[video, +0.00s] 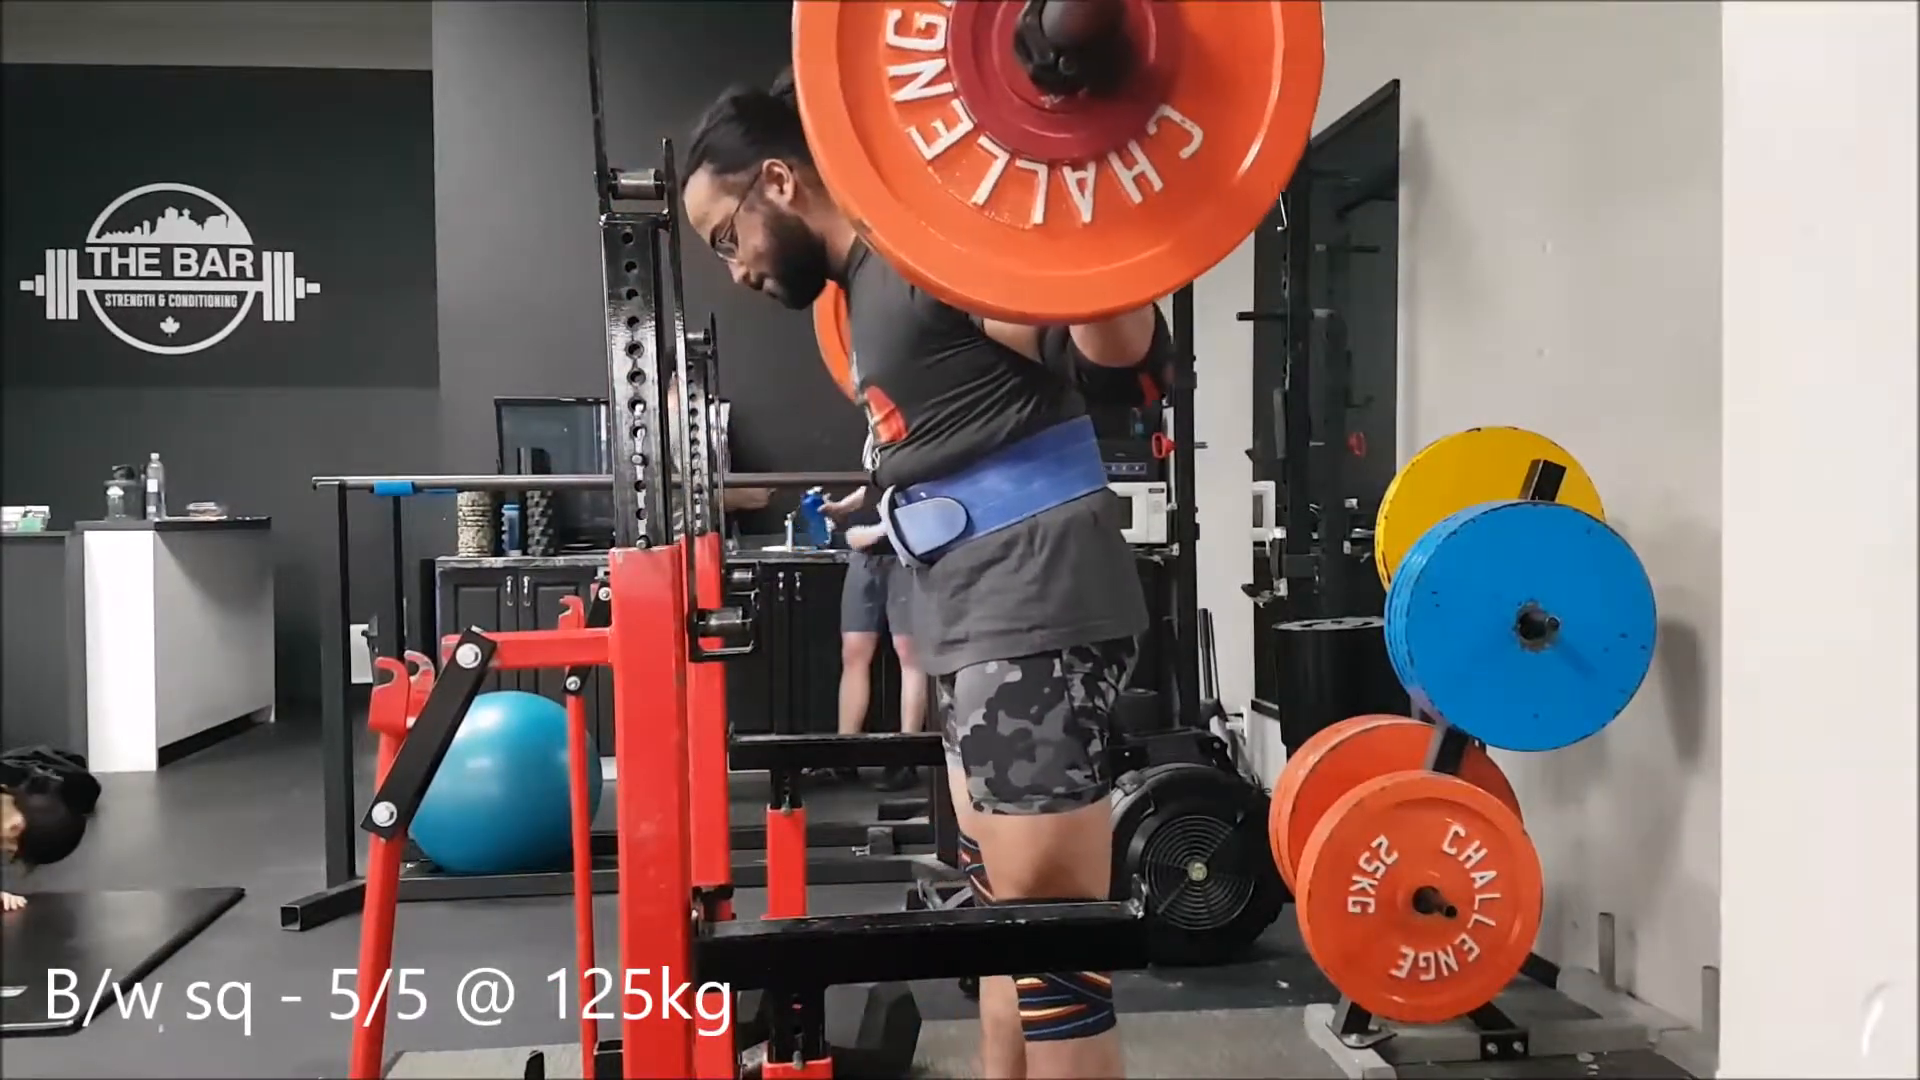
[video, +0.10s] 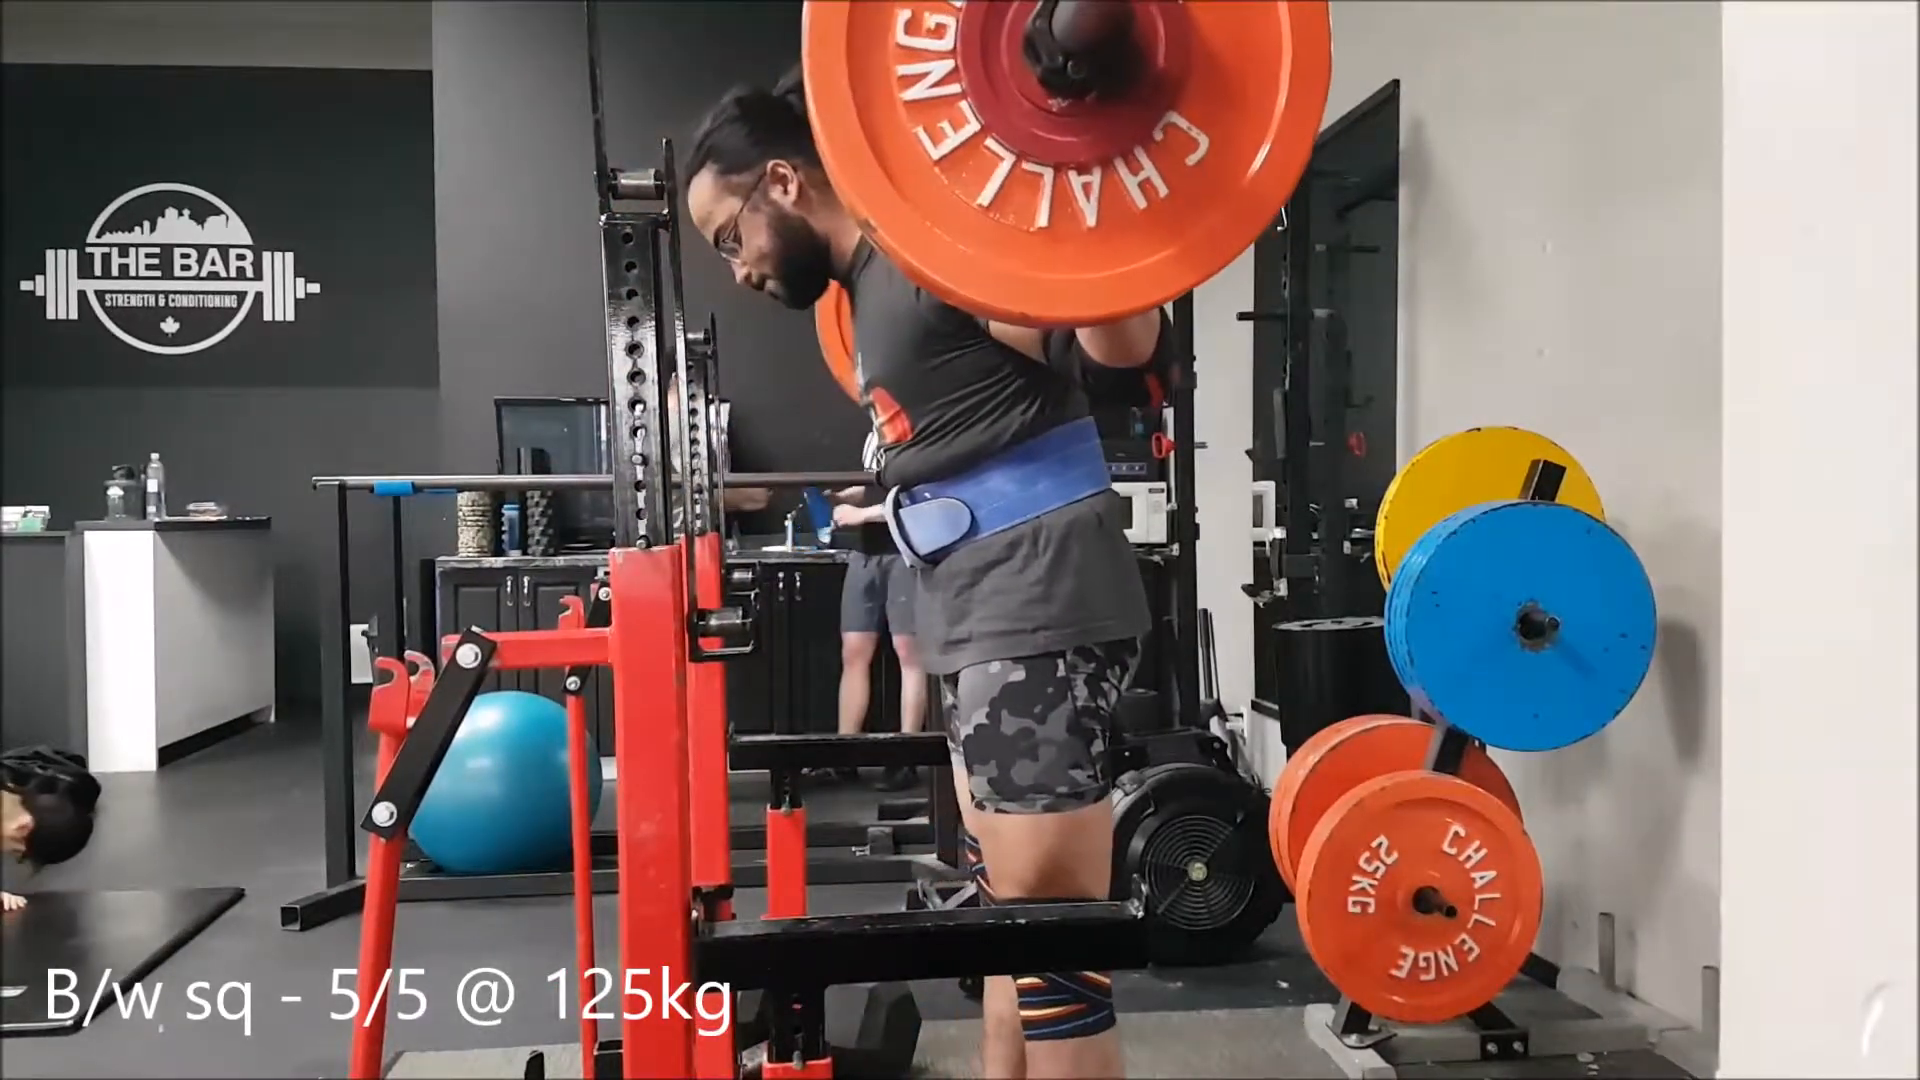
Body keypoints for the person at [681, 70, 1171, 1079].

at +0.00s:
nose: (734, 268)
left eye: (726, 235)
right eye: (716, 249)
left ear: (782, 180)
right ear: (778, 185)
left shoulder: (925, 236)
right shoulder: (862, 283)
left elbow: (1121, 338)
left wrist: (1105, 165)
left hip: (1038, 603)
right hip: (971, 611)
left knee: (1051, 948)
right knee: (1001, 935)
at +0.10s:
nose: (738, 269)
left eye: (729, 234)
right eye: (720, 251)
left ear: (786, 181)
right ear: (783, 188)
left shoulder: (931, 236)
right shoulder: (868, 286)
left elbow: (1126, 341)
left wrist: (1111, 170)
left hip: (1040, 602)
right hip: (977, 611)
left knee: (1052, 950)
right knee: (1006, 936)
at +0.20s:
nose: (740, 267)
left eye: (733, 234)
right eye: (724, 249)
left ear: (788, 182)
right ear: (787, 189)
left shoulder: (933, 239)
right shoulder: (870, 289)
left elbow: (1131, 339)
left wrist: (1116, 174)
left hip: (1043, 606)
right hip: (981, 614)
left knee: (1050, 947)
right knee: (1005, 934)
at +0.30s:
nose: (744, 266)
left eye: (736, 231)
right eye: (726, 248)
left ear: (792, 179)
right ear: (789, 187)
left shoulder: (937, 239)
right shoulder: (876, 285)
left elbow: (1133, 338)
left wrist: (1119, 168)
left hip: (1044, 601)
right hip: (981, 608)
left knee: (1047, 942)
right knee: (1004, 933)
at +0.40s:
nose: (746, 266)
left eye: (739, 232)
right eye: (729, 248)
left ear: (795, 181)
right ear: (794, 189)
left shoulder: (936, 236)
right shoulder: (878, 286)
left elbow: (1133, 336)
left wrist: (1130, 162)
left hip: (1045, 593)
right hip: (984, 601)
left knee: (1045, 938)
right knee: (1004, 931)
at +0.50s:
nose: (748, 265)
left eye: (741, 231)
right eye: (731, 247)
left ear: (798, 180)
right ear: (796, 188)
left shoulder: (942, 234)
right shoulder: (880, 286)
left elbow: (1133, 340)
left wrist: (1127, 162)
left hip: (1044, 604)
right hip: (981, 611)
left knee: (1044, 939)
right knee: (1004, 932)